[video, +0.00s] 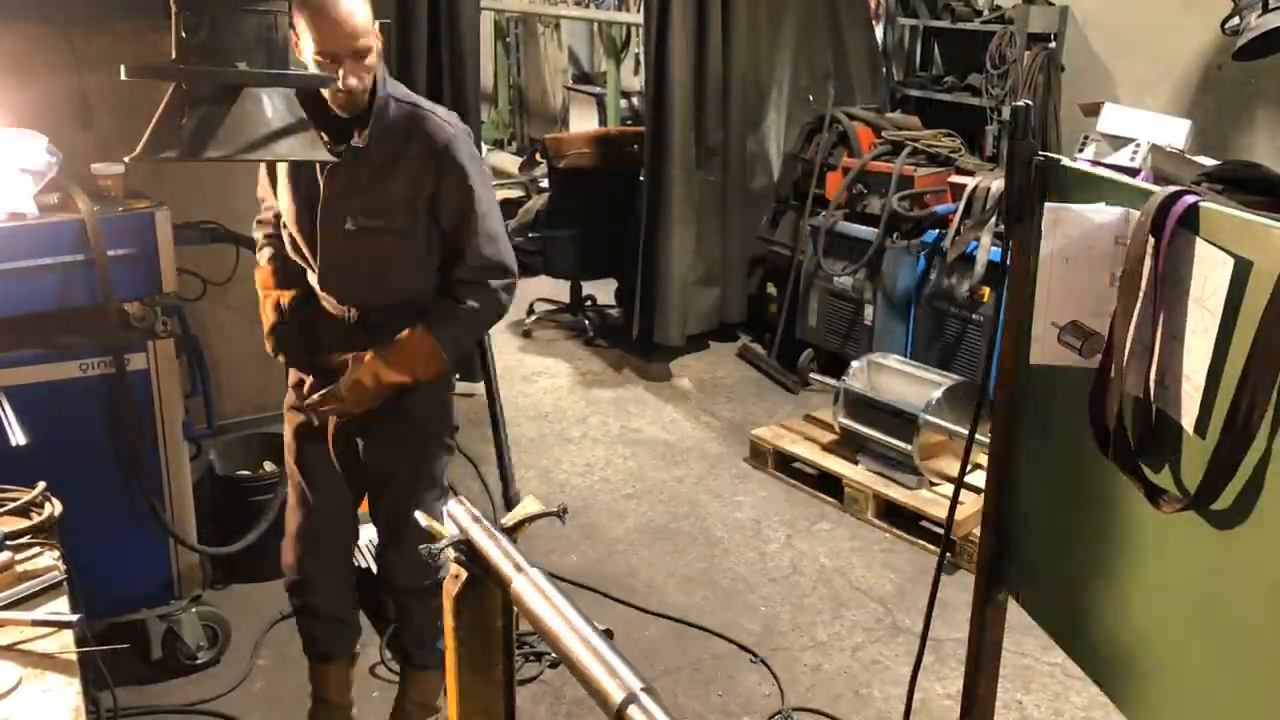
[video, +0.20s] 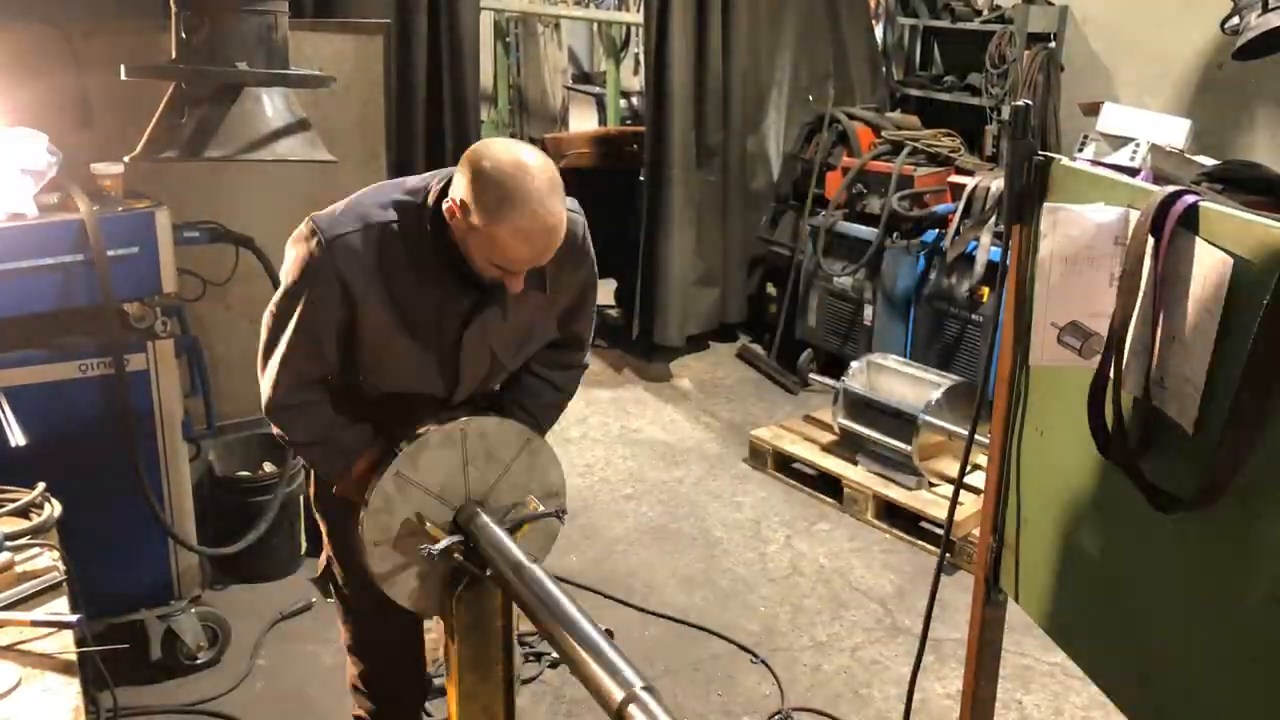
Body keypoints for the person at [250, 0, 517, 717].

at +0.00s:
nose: (347, 79)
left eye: (361, 57)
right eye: (328, 63)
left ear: (381, 38)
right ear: (295, 45)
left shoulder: (435, 136)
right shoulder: (284, 126)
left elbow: (489, 280)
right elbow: (275, 242)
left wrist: (385, 368)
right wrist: (289, 347)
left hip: (411, 365)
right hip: (315, 362)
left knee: (408, 549)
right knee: (313, 552)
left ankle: (421, 699)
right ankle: (330, 706)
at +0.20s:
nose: (517, 286)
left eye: (534, 268)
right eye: (501, 268)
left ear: (552, 219)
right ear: (456, 210)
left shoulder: (563, 237)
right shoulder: (340, 247)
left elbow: (561, 358)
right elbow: (289, 394)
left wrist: (497, 452)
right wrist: (365, 467)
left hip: (480, 452)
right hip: (363, 462)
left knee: (487, 640)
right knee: (388, 663)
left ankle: (483, 707)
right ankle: (394, 711)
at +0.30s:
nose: (563, 319)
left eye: (585, 305)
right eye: (546, 303)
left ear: (610, 257)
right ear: (505, 237)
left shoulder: (619, 245)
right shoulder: (407, 249)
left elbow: (630, 401)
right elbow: (356, 429)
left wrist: (610, 546)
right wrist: (384, 582)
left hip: (509, 434)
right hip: (393, 447)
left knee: (526, 604)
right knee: (399, 647)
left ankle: (515, 696)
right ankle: (398, 707)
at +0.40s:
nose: (585, 188)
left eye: (609, 169)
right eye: (567, 162)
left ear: (635, 132)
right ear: (536, 116)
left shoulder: (669, 209)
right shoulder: (453, 175)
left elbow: (692, 352)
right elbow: (397, 345)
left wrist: (669, 452)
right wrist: (403, 479)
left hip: (590, 462)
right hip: (470, 446)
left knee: (583, 663)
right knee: (437, 660)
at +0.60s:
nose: (308, 88)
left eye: (312, 72)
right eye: (303, 75)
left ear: (356, 55)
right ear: (352, 57)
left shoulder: (472, 115)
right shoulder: (337, 121)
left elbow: (566, 227)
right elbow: (235, 101)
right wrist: (125, 58)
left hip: (461, 366)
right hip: (384, 359)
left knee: (436, 535)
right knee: (377, 546)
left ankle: (476, 683)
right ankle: (405, 695)